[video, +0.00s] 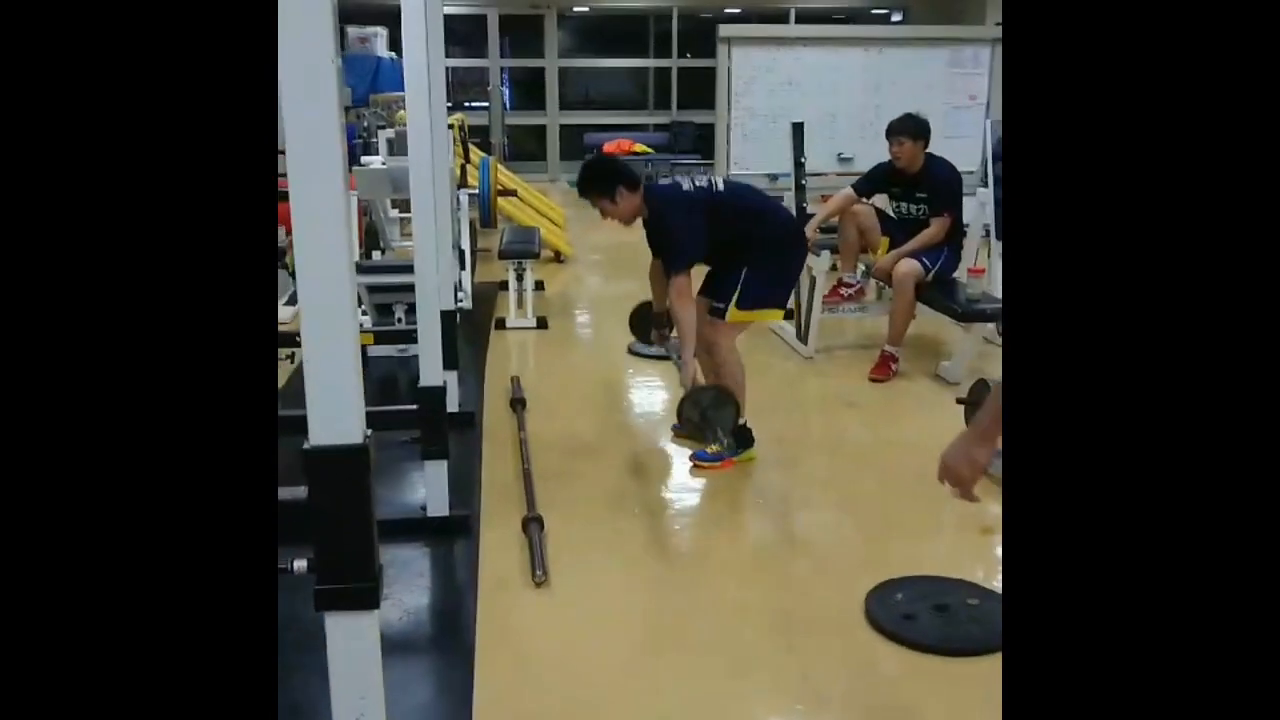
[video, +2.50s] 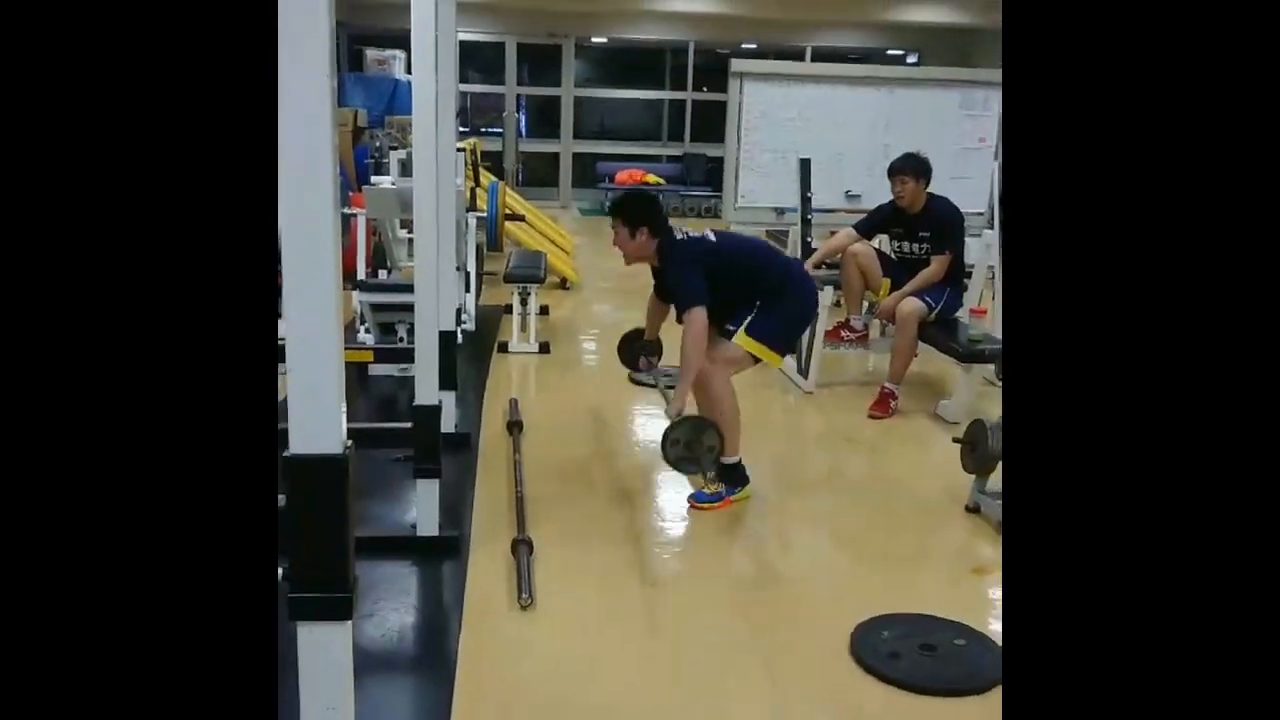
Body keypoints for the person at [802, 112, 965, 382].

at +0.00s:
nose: (894, 150)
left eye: (901, 143)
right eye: (891, 143)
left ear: (922, 144)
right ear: (888, 144)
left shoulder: (943, 174)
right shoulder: (887, 170)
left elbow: (938, 231)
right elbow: (848, 196)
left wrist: (893, 256)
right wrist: (812, 224)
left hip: (941, 246)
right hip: (902, 236)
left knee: (904, 271)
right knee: (852, 212)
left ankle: (890, 353)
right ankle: (849, 283)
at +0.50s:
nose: (910, 155)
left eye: (917, 148)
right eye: (906, 149)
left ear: (937, 149)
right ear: (903, 150)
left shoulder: (960, 179)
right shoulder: (902, 177)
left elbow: (954, 237)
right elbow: (861, 203)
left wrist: (910, 263)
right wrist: (825, 231)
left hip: (957, 252)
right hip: (916, 243)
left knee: (921, 276)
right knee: (867, 218)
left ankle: (904, 358)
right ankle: (868, 291)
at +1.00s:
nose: (920, 163)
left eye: (927, 157)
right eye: (917, 157)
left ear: (947, 156)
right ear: (913, 157)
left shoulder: (971, 186)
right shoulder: (911, 184)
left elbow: (965, 242)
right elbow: (870, 211)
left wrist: (922, 271)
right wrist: (836, 240)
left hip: (961, 257)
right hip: (924, 249)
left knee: (935, 283)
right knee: (877, 227)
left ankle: (915, 365)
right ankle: (880, 301)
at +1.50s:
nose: (915, 165)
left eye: (922, 158)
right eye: (912, 159)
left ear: (943, 158)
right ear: (909, 159)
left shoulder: (966, 189)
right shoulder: (908, 185)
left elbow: (957, 245)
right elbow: (865, 211)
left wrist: (914, 272)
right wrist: (829, 239)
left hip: (959, 262)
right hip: (921, 252)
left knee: (926, 285)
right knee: (872, 228)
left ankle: (906, 368)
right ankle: (873, 303)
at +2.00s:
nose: (907, 175)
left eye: (915, 169)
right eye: (904, 169)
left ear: (934, 170)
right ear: (901, 170)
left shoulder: (957, 199)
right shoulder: (899, 197)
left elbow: (947, 257)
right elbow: (858, 222)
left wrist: (906, 284)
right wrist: (819, 249)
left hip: (954, 273)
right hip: (914, 264)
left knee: (918, 295)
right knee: (864, 238)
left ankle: (899, 378)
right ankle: (864, 314)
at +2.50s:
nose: (897, 189)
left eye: (904, 183)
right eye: (893, 183)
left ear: (923, 184)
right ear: (890, 184)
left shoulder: (946, 213)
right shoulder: (889, 212)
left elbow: (938, 270)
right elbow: (849, 236)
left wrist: (897, 297)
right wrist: (811, 262)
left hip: (943, 287)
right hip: (903, 278)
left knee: (907, 309)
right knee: (854, 252)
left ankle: (890, 390)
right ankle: (855, 327)